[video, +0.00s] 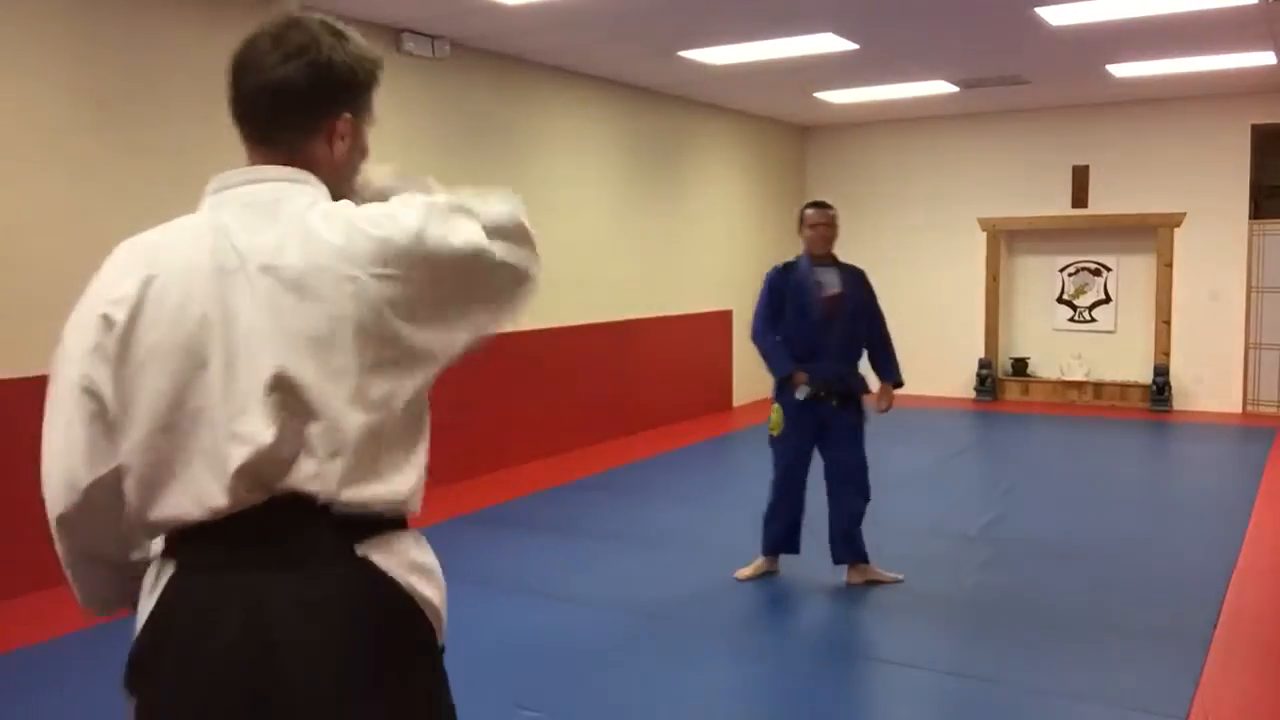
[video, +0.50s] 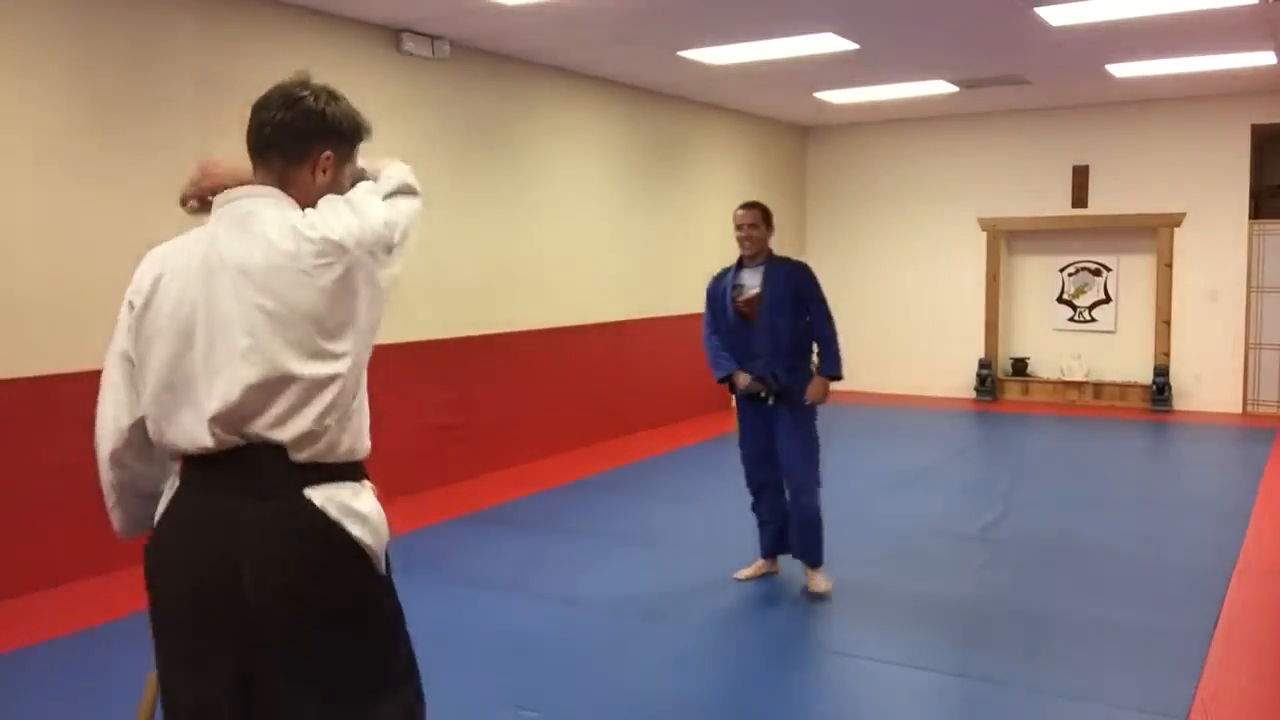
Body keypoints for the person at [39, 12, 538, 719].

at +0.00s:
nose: (365, 143)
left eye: (364, 126)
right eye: (364, 128)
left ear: (247, 126)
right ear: (340, 133)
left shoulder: (134, 269)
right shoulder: (378, 246)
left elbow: (75, 485)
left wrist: (131, 585)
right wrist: (380, 192)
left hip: (195, 599)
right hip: (360, 598)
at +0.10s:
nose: (370, 164)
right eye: (372, 150)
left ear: (258, 142)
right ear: (347, 150)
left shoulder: (150, 273)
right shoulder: (377, 248)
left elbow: (81, 477)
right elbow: (471, 183)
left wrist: (135, 576)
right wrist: (368, 155)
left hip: (202, 588)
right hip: (358, 586)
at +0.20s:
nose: (368, 186)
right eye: (370, 167)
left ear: (267, 161)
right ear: (348, 168)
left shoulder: (157, 281)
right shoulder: (368, 255)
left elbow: (88, 478)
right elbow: (437, 170)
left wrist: (132, 567)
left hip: (204, 582)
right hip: (347, 582)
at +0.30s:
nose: (356, 198)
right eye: (359, 180)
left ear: (262, 166)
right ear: (339, 177)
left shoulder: (156, 282)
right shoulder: (352, 255)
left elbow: (94, 470)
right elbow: (414, 177)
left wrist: (136, 556)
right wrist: (260, 150)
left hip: (200, 565)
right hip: (332, 562)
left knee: (212, 708)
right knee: (373, 707)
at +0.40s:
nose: (348, 190)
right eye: (352, 176)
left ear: (262, 163)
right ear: (328, 173)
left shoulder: (156, 272)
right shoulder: (337, 248)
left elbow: (105, 448)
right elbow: (402, 175)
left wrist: (140, 541)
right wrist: (255, 162)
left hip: (193, 546)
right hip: (318, 547)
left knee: (207, 708)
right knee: (375, 707)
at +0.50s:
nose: (348, 182)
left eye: (349, 167)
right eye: (350, 168)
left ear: (261, 153)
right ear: (323, 167)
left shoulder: (161, 266)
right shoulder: (337, 240)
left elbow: (121, 429)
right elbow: (399, 182)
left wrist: (142, 518)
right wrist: (245, 176)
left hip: (191, 529)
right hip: (315, 530)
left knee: (201, 706)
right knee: (367, 704)